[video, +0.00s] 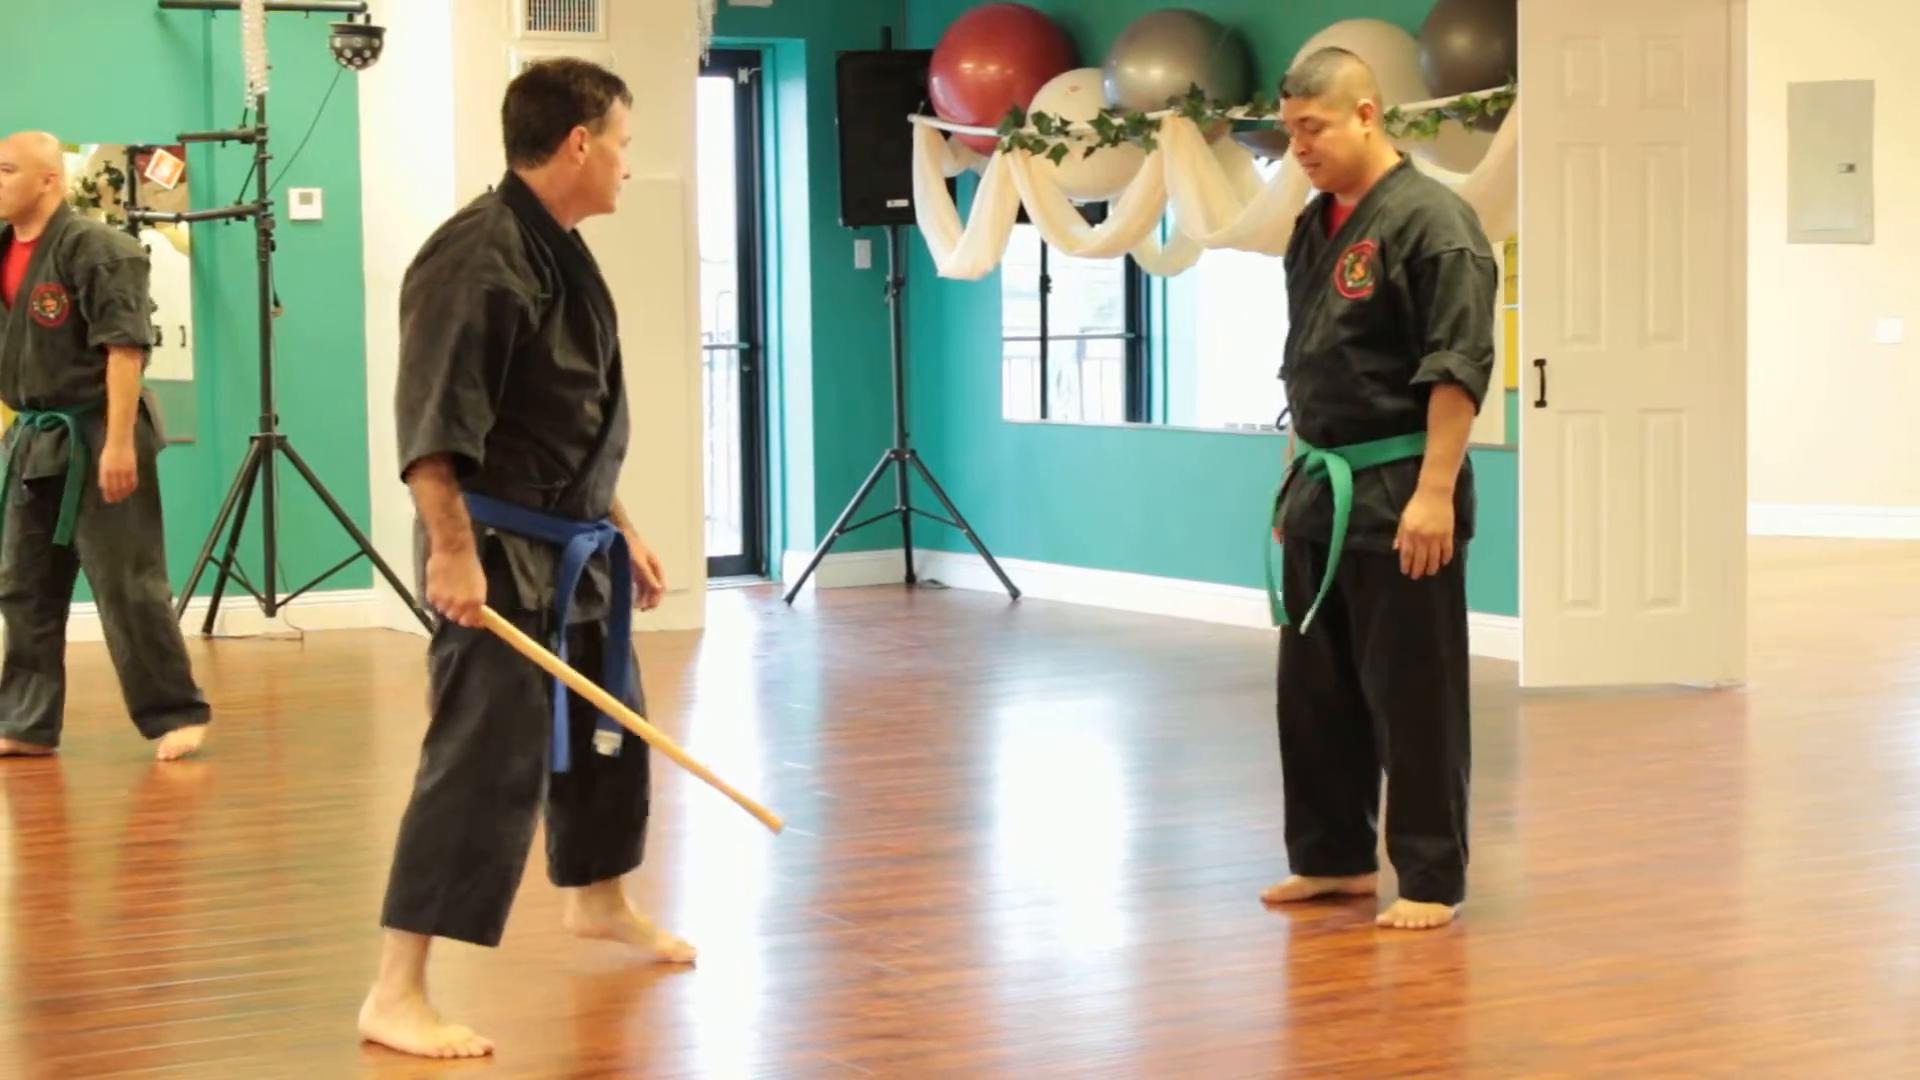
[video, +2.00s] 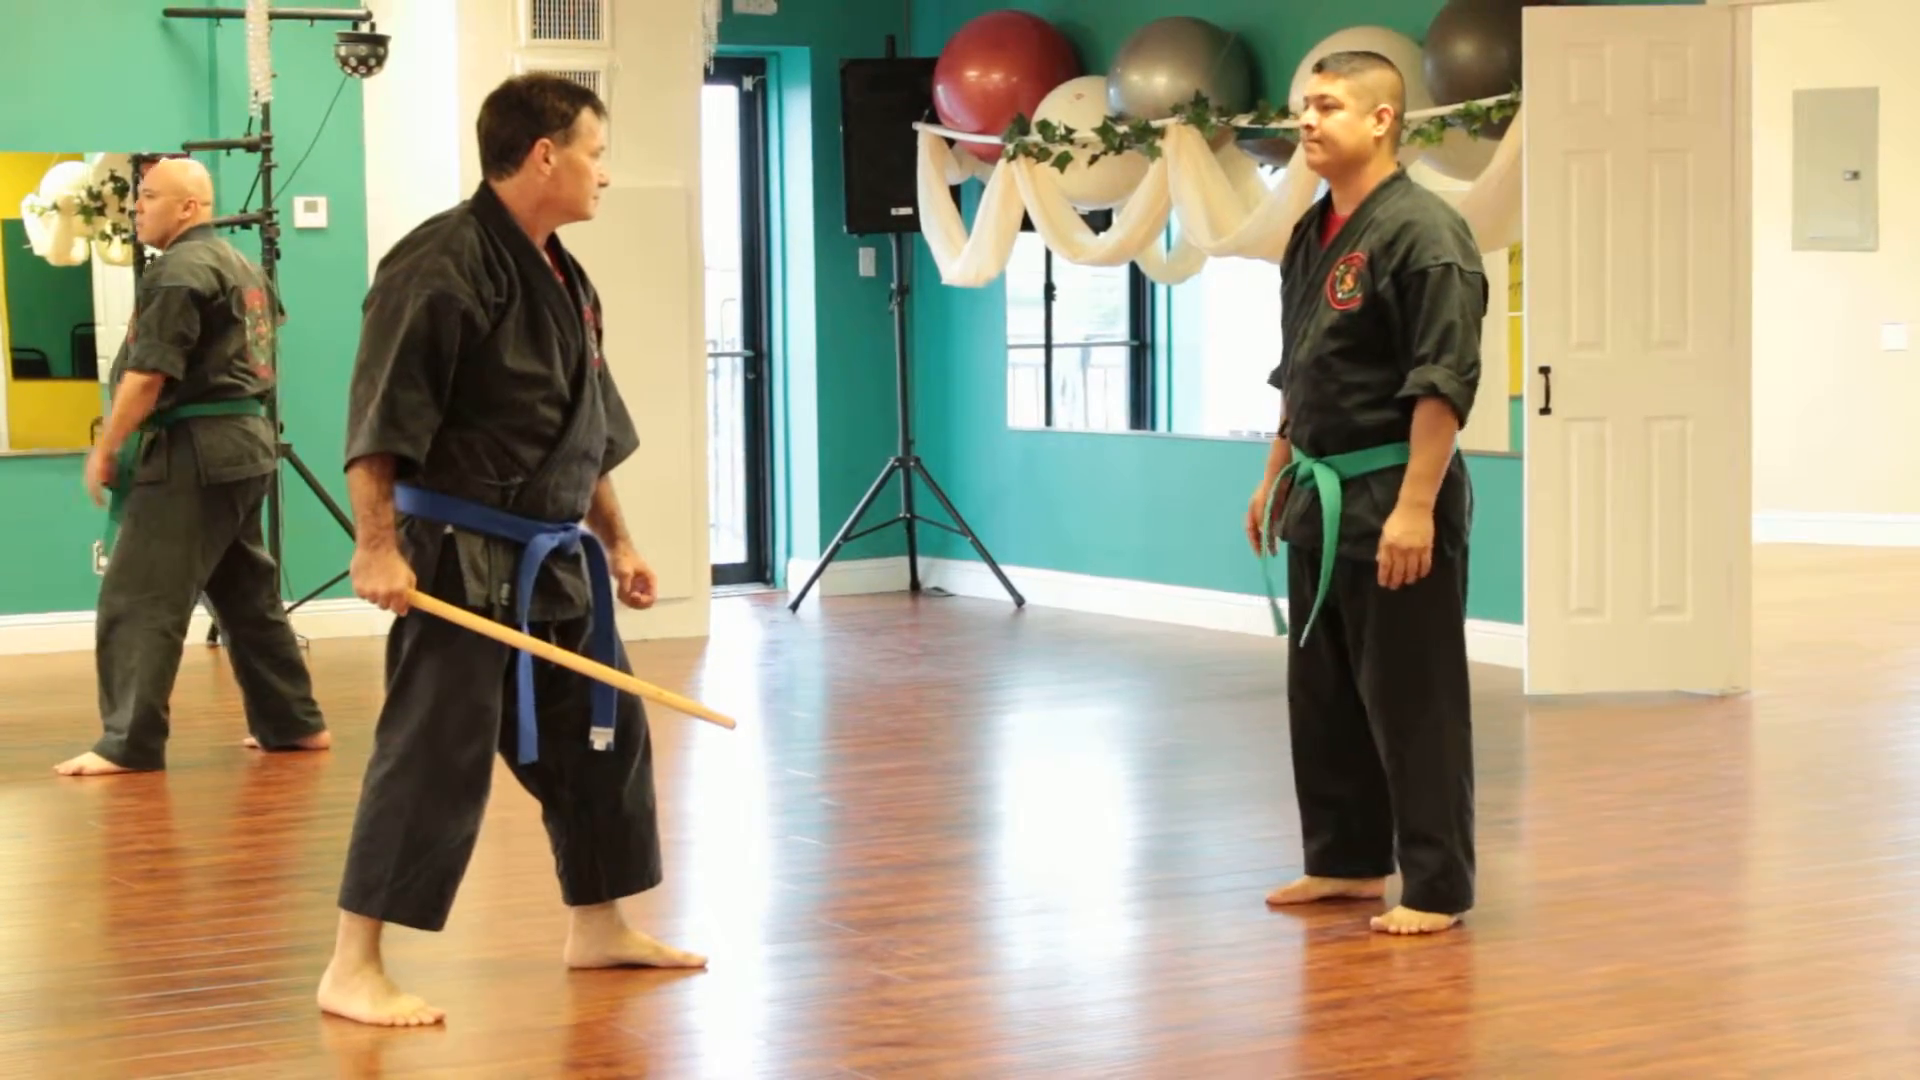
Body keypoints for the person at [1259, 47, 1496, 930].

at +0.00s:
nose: (1298, 149)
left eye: (1311, 130)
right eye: (1291, 134)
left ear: (1367, 116)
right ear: (1298, 133)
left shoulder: (1435, 218)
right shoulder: (1315, 222)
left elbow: (1458, 369)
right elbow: (1310, 361)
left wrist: (1436, 491)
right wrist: (1297, 469)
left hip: (1404, 475)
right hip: (1321, 475)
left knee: (1414, 687)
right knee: (1318, 679)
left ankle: (1430, 882)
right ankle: (1334, 862)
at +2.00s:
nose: (1306, 121)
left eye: (1326, 107)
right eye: (1303, 108)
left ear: (1382, 121)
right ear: (1306, 125)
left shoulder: (1426, 229)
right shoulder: (1311, 233)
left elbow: (1444, 382)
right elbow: (1302, 370)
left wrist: (1416, 505)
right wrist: (1277, 472)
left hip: (1400, 483)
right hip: (1321, 484)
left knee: (1412, 691)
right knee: (1327, 684)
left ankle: (1437, 888)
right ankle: (1350, 861)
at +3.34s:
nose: (1276, 131)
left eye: (1295, 116)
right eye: (1274, 118)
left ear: (1352, 127)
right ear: (1291, 132)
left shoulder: (1377, 233)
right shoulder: (1313, 228)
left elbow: (1375, 385)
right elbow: (1312, 373)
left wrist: (1301, 477)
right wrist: (1268, 454)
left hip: (1385, 487)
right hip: (1318, 480)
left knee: (1375, 679)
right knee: (1307, 675)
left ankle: (1388, 873)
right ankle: (1336, 861)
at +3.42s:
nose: (1272, 144)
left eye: (1291, 129)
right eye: (1269, 131)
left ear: (1347, 140)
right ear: (1274, 145)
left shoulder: (1366, 239)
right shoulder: (1310, 241)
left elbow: (1335, 370)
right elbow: (1283, 369)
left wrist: (1220, 383)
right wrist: (1264, 387)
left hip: (1379, 497)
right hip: (1303, 494)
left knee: (1373, 688)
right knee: (1246, 658)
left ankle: (1384, 873)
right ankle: (1308, 824)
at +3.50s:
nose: (1268, 154)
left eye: (1286, 139)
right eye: (1264, 140)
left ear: (1340, 150)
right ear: (1269, 153)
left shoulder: (1359, 253)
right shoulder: (1309, 244)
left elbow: (1255, 349)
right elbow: (1282, 296)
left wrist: (1170, 291)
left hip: (1371, 505)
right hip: (1291, 500)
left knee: (1366, 684)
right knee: (1199, 642)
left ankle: (1383, 878)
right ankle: (1226, 812)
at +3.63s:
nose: (1248, 163)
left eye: (1265, 146)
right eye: (1241, 150)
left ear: (1321, 153)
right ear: (1243, 164)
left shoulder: (1337, 247)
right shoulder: (1267, 246)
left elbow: (1232, 291)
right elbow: (1201, 280)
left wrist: (1146, 230)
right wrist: (1168, 204)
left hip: (1343, 513)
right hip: (1257, 510)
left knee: (1338, 691)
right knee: (1159, 663)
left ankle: (1382, 884)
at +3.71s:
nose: (1194, 169)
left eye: (1210, 154)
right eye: (1188, 156)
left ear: (1265, 162)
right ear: (1185, 167)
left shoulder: (1293, 246)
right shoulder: (1191, 261)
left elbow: (1219, 245)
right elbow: (1128, 295)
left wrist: (1116, 212)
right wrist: (1079, 205)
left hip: (1284, 513)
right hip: (1189, 510)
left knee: (1299, 694)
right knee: (1096, 676)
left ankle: (1348, 884)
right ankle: (1016, 826)